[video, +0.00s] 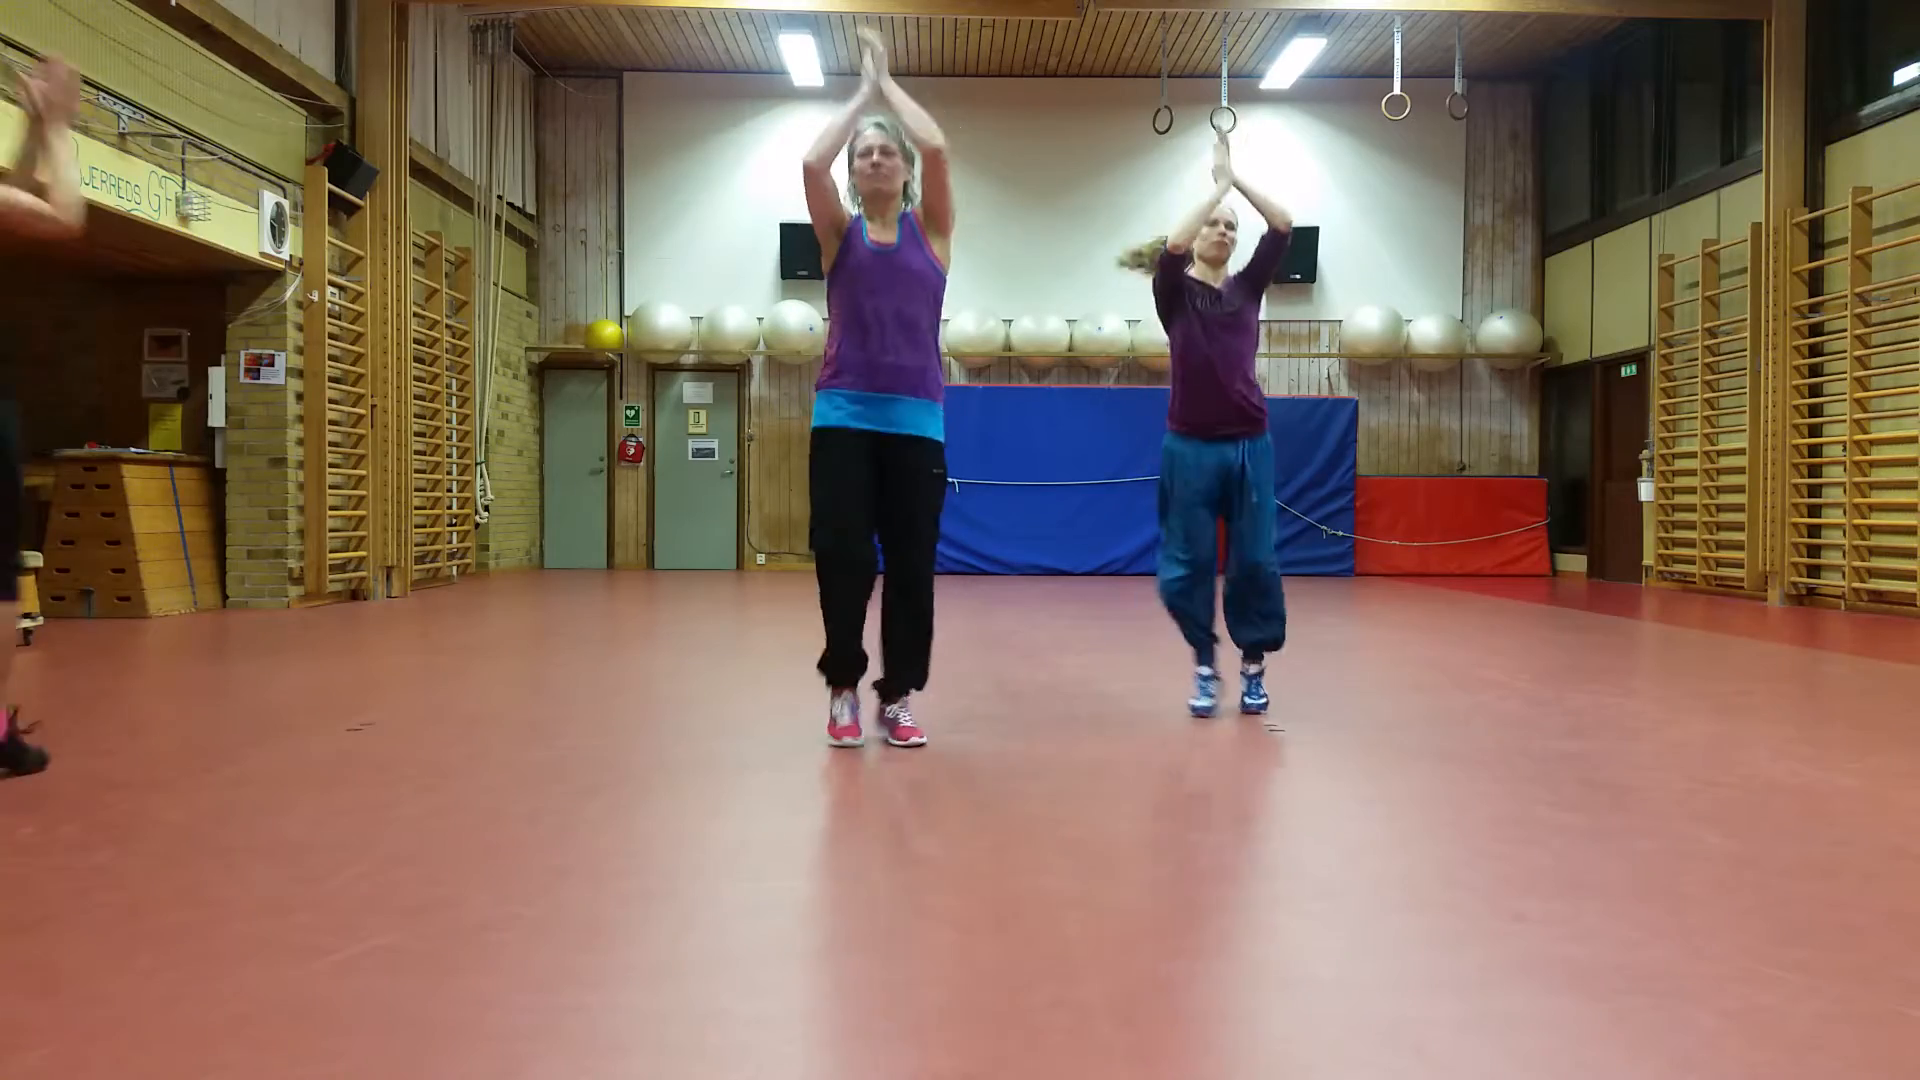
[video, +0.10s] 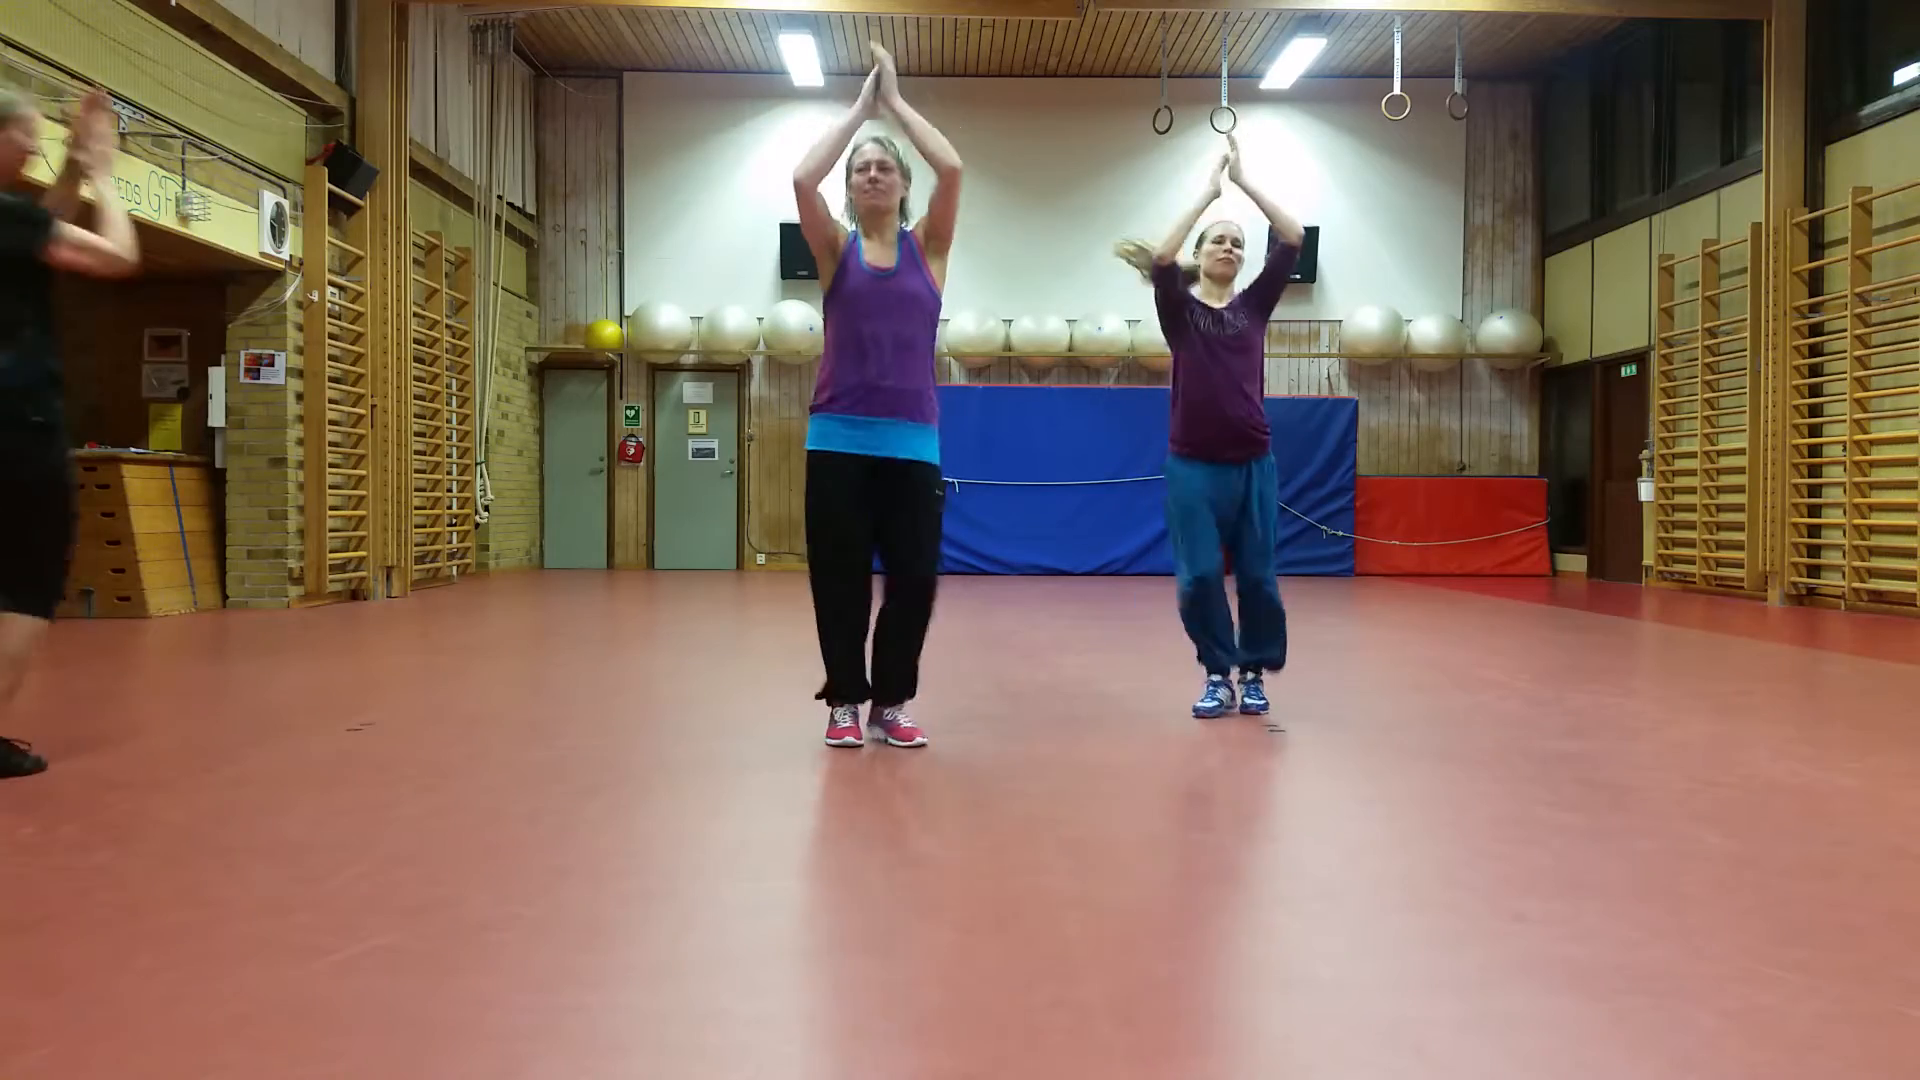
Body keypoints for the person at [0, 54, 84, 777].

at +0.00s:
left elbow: (33, 203)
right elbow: (65, 222)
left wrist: (42, 132)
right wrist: (57, 127)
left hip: (5, 419)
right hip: (1, 422)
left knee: (7, 576)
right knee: (5, 578)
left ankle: (4, 727)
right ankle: (0, 728)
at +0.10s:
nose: (36, 158)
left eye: (36, 147)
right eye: (30, 146)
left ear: (17, 151)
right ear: (5, 147)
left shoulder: (11, 210)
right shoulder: (14, 218)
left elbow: (53, 220)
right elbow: (120, 253)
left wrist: (81, 157)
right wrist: (101, 169)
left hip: (18, 419)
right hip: (21, 423)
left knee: (21, 578)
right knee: (29, 585)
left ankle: (2, 738)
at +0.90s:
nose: (375, 231)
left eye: (377, 222)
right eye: (365, 221)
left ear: (360, 227)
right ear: (333, 225)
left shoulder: (344, 281)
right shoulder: (332, 285)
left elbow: (416, 305)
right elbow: (422, 307)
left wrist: (426, 238)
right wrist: (429, 233)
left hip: (363, 445)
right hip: (356, 449)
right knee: (394, 561)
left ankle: (302, 621)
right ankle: (341, 683)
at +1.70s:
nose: (564, 237)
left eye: (570, 230)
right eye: (553, 231)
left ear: (581, 243)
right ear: (539, 245)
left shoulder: (605, 298)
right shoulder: (532, 304)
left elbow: (642, 276)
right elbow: (539, 301)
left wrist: (603, 217)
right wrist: (565, 238)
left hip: (602, 454)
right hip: (552, 455)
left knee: (654, 550)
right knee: (584, 561)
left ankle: (589, 625)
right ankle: (553, 674)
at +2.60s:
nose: (647, 204)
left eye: (658, 198)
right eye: (641, 197)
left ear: (675, 213)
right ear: (629, 210)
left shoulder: (694, 272)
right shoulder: (603, 270)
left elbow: (729, 341)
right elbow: (559, 339)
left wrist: (685, 335)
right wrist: (590, 312)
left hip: (676, 424)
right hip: (613, 426)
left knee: (709, 534)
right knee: (595, 545)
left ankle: (722, 644)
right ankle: (600, 657)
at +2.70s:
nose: (652, 212)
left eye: (664, 206)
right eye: (645, 204)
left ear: (680, 221)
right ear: (634, 216)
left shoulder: (698, 276)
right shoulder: (608, 274)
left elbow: (734, 345)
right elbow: (560, 335)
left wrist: (680, 334)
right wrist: (608, 309)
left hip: (688, 428)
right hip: (628, 430)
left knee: (709, 541)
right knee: (578, 536)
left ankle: (747, 652)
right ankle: (585, 646)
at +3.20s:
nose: (657, 231)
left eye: (668, 225)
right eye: (649, 225)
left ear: (686, 240)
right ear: (640, 239)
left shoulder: (704, 295)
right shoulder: (625, 299)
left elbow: (743, 324)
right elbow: (568, 337)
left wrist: (679, 314)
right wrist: (608, 293)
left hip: (700, 455)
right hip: (637, 458)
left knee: (743, 565)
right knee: (592, 566)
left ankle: (767, 663)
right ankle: (597, 667)